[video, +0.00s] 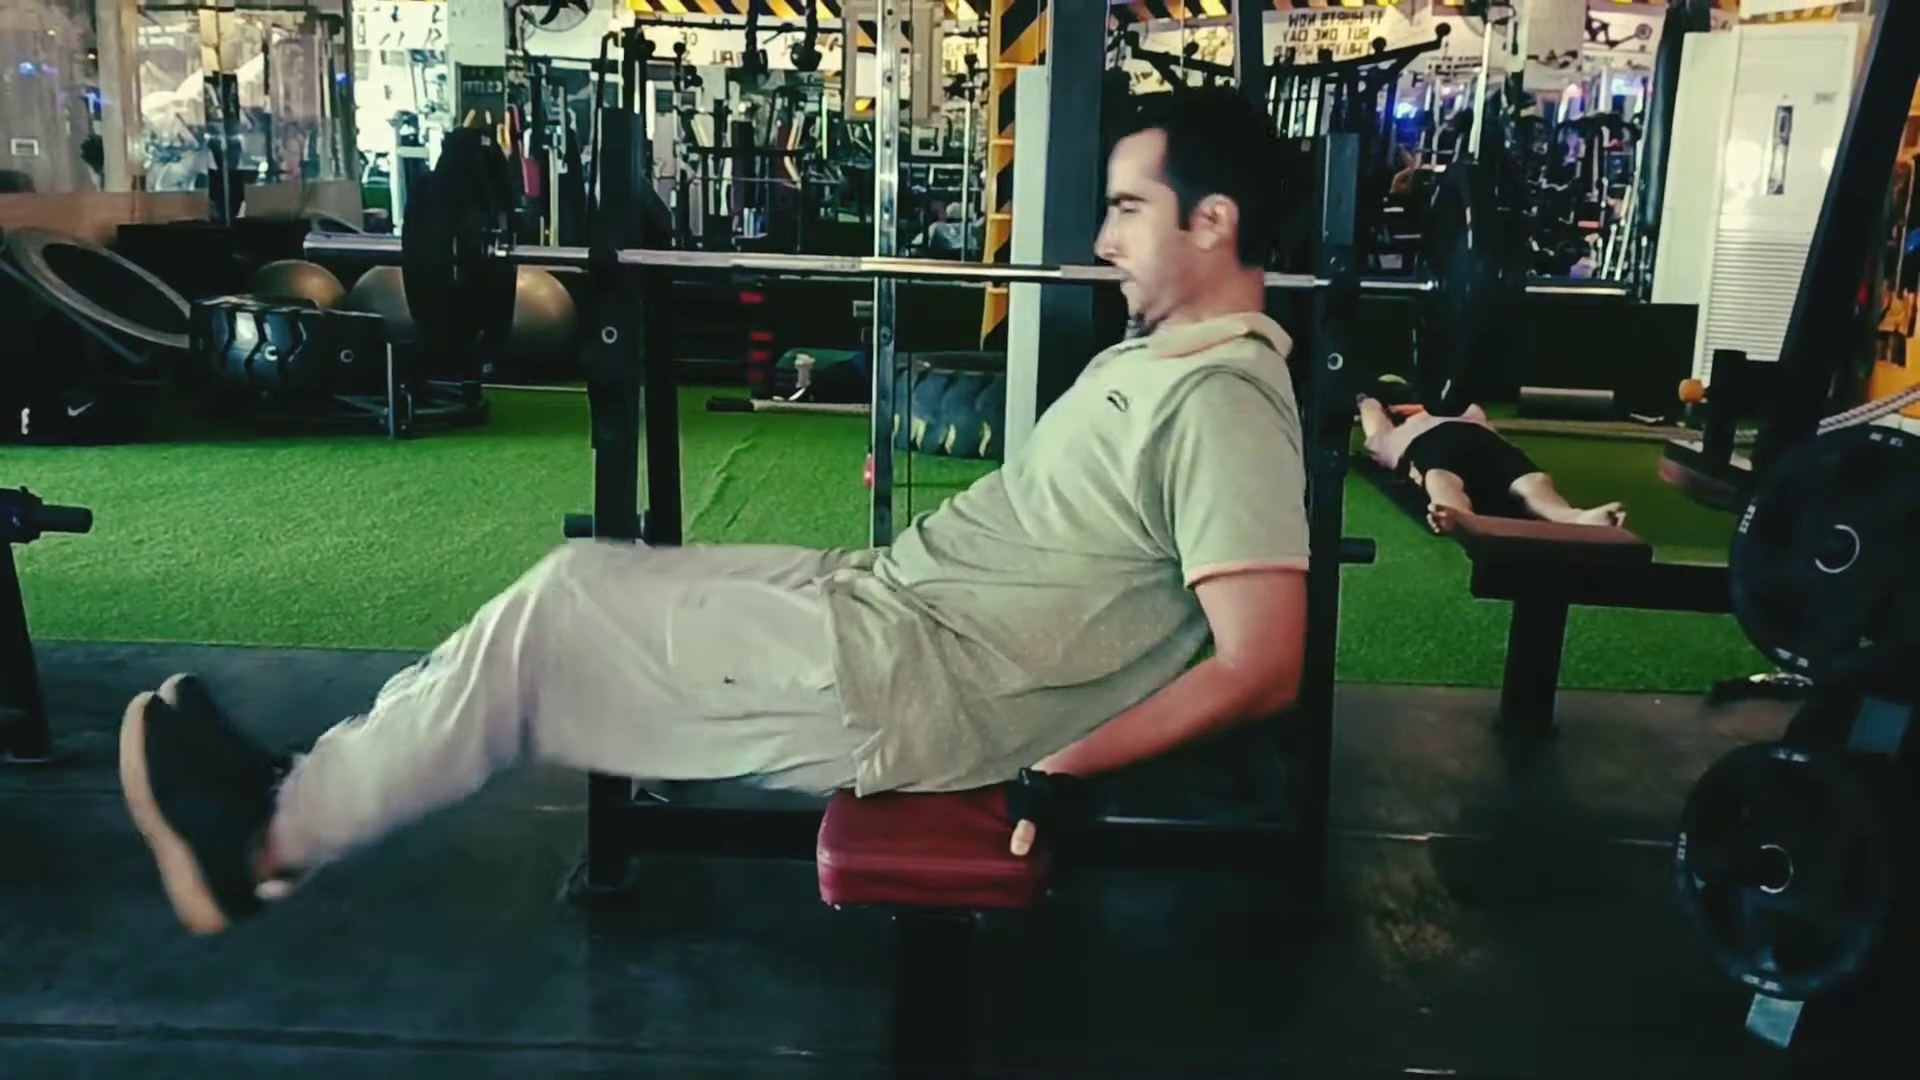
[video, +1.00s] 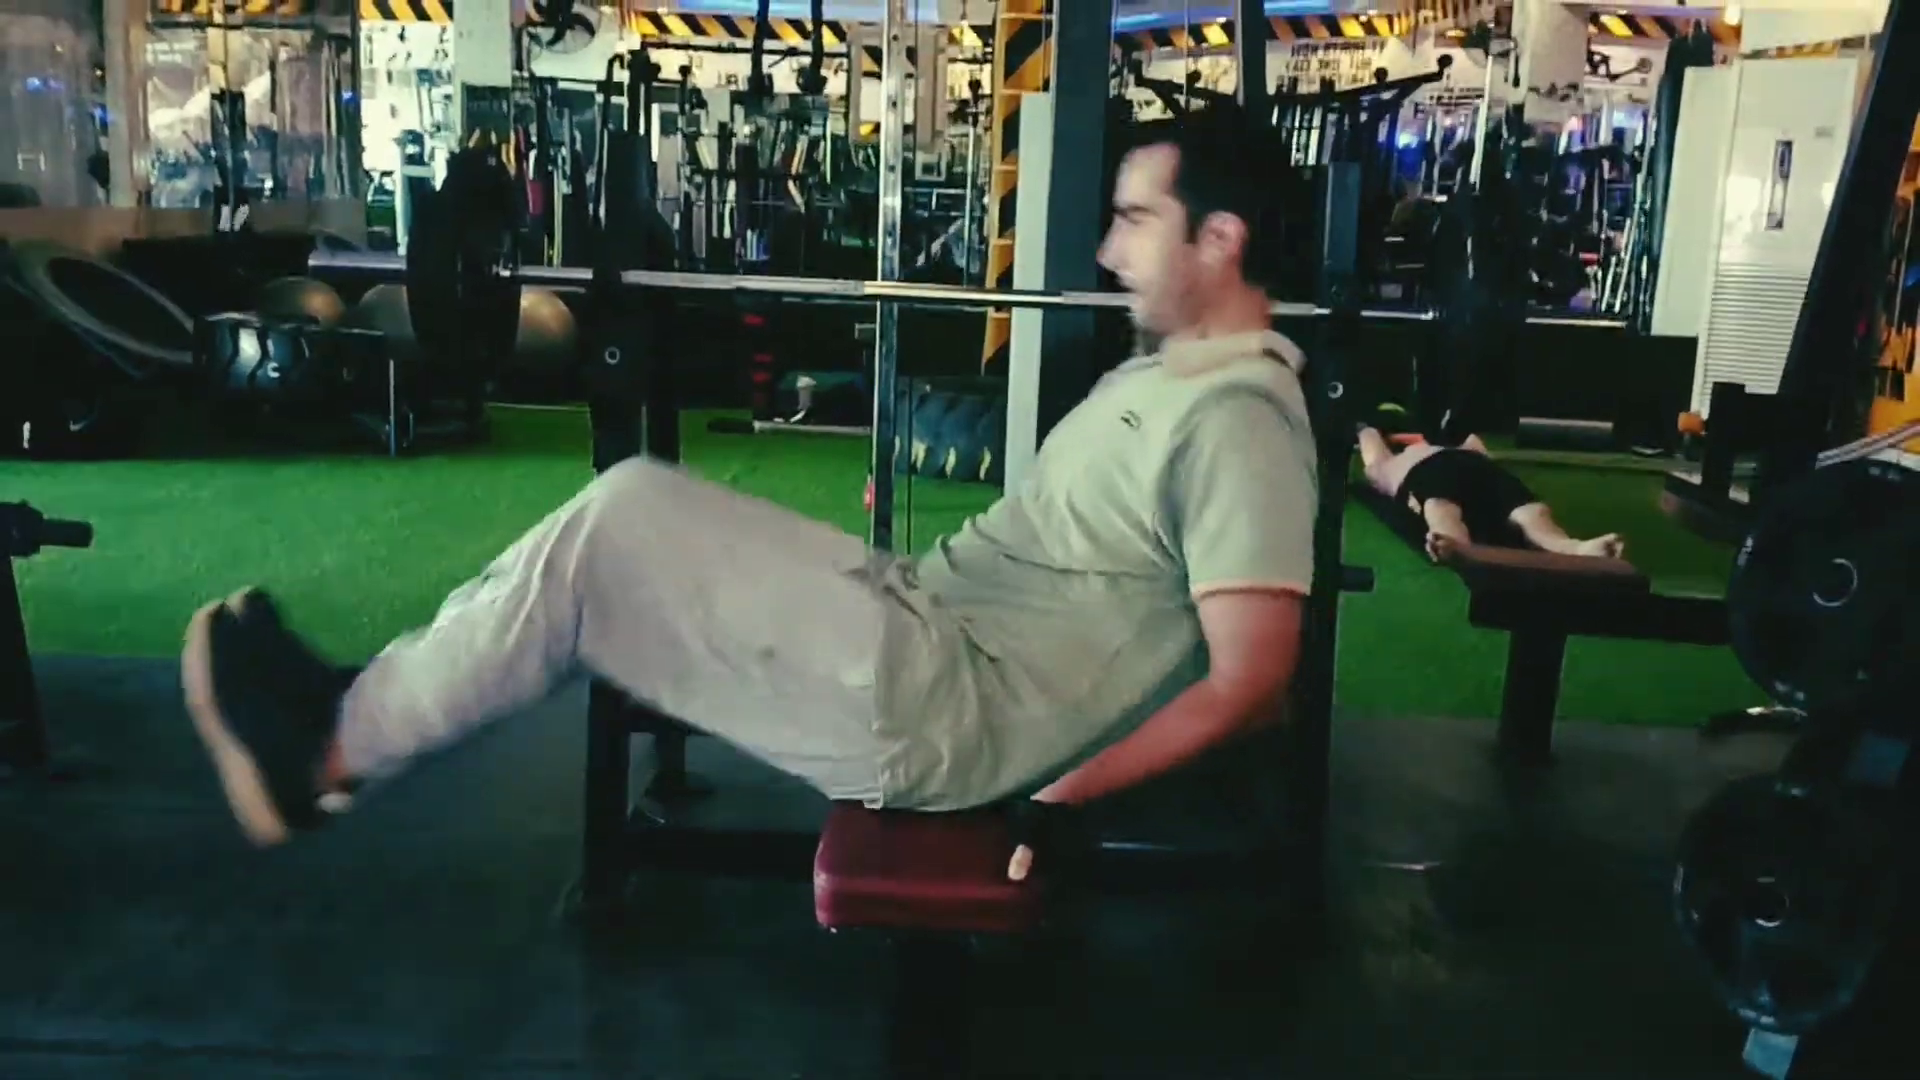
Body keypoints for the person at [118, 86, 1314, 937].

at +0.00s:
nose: (1106, 237)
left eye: (1129, 209)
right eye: (1111, 211)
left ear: (1216, 227)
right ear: (1206, 229)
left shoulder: (1222, 391)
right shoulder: (1182, 357)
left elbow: (1264, 663)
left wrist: (1058, 769)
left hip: (912, 678)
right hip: (882, 601)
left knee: (552, 628)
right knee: (574, 575)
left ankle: (254, 856)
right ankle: (293, 810)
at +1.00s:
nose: (1112, 247)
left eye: (1137, 220)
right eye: (1117, 221)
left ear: (1226, 241)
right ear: (1206, 244)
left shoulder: (1242, 412)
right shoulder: (1174, 377)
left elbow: (1253, 675)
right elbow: (1095, 569)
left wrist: (1057, 795)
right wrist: (920, 576)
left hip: (963, 706)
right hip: (933, 648)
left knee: (627, 520)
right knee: (616, 525)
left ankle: (326, 751)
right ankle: (331, 744)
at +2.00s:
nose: (977, 229)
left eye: (997, 196)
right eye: (978, 199)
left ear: (1087, 204)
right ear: (1082, 207)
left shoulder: (1148, 371)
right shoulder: (1076, 345)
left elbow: (1221, 641)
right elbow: (1031, 556)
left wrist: (1042, 794)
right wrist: (889, 569)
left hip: (951, 721)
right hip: (917, 674)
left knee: (671, 449)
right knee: (665, 453)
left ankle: (421, 730)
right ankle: (423, 722)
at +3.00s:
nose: (881, 227)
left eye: (894, 193)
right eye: (879, 196)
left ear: (979, 194)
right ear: (977, 196)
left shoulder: (1057, 354)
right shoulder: (1007, 340)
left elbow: (1184, 609)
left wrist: (1027, 800)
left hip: (941, 733)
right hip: (919, 704)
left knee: (751, 383)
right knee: (734, 385)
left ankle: (498, 670)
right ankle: (501, 642)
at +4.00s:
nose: (860, 255)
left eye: (868, 222)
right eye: (856, 228)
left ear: (945, 205)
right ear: (943, 210)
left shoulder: (1034, 357)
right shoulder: (997, 343)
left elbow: (1175, 603)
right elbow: (1147, 587)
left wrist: (1028, 794)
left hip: (921, 730)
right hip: (907, 706)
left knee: (754, 375)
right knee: (746, 373)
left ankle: (492, 641)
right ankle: (499, 618)